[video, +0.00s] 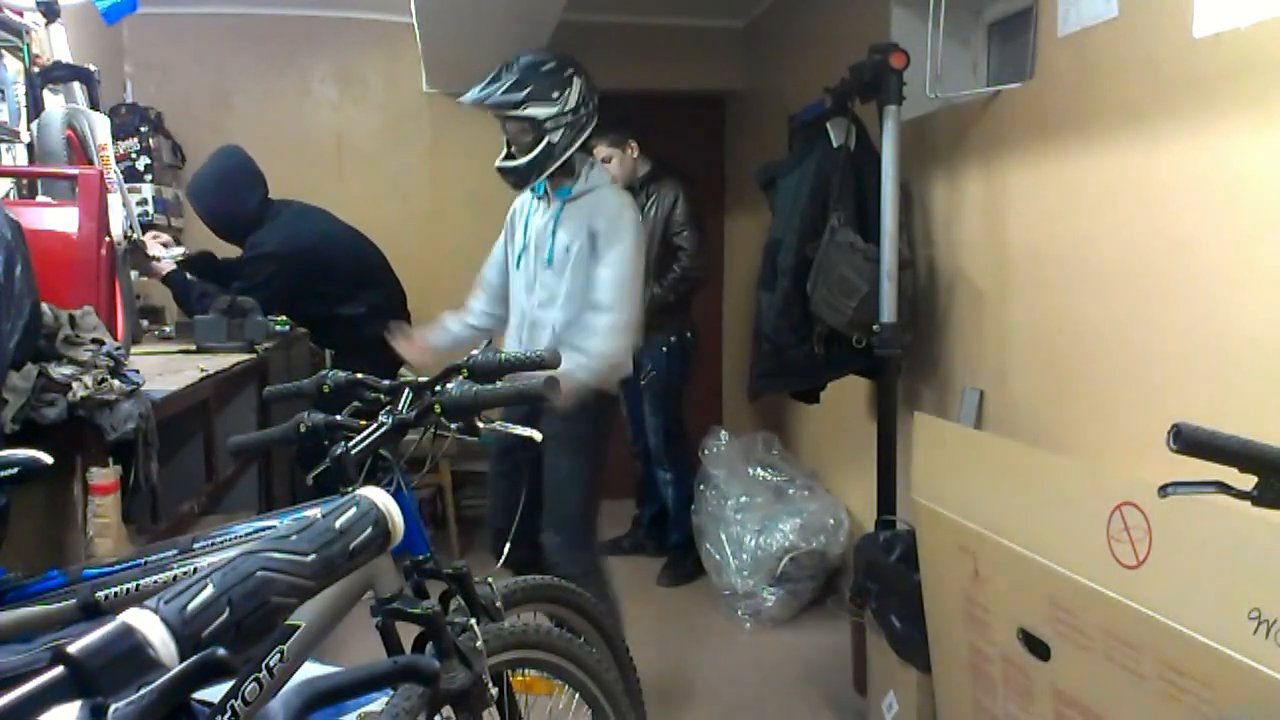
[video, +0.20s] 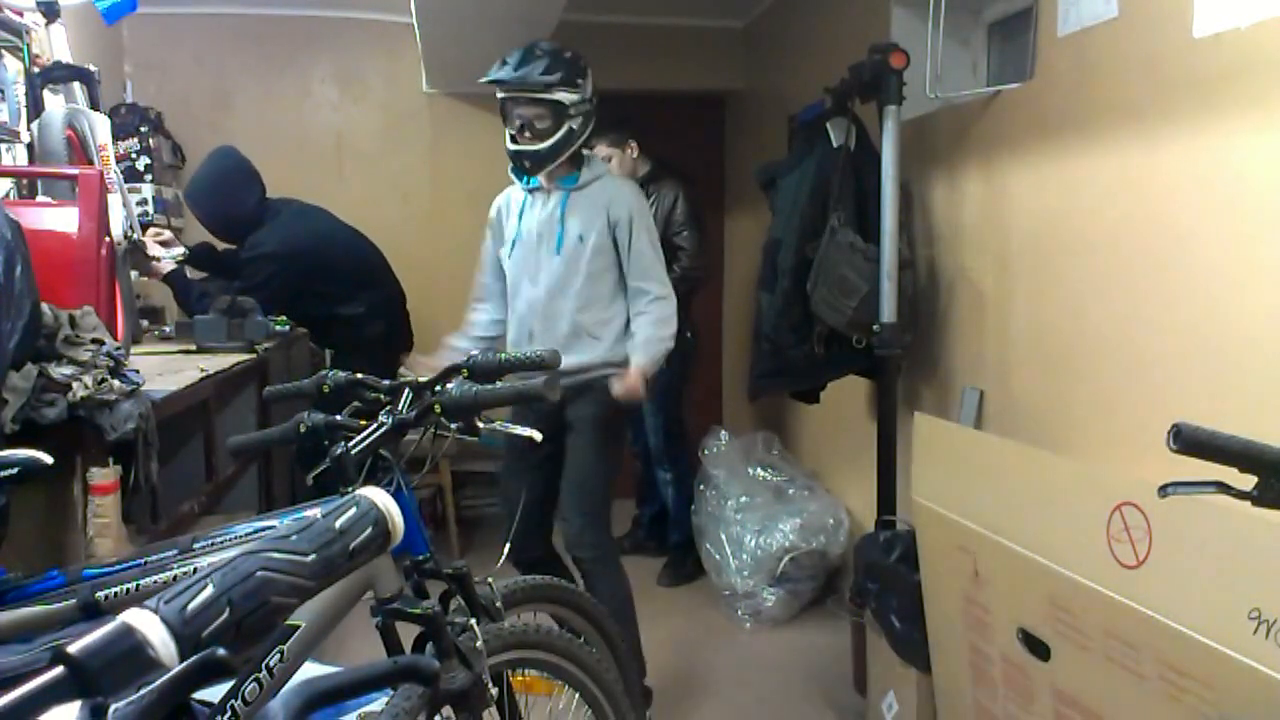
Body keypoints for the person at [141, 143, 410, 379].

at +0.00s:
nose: (211, 223)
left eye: (209, 214)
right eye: (207, 215)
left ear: (224, 211)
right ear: (250, 191)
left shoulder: (272, 249)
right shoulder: (288, 216)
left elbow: (230, 313)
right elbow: (245, 278)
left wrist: (168, 274)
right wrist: (186, 258)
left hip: (368, 352)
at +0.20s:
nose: (205, 224)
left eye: (205, 216)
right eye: (201, 216)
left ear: (222, 214)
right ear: (248, 193)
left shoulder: (269, 253)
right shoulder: (281, 212)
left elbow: (223, 314)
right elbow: (245, 265)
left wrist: (171, 273)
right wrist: (185, 253)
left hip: (369, 345)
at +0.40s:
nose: (204, 226)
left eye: (202, 217)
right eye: (199, 218)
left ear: (219, 215)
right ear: (244, 193)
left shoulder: (271, 250)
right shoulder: (279, 216)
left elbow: (227, 312)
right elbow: (241, 275)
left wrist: (169, 274)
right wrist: (186, 256)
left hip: (368, 351)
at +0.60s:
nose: (202, 229)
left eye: (201, 220)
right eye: (198, 221)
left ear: (215, 218)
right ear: (244, 194)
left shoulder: (267, 251)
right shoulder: (280, 216)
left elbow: (226, 311)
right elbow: (244, 280)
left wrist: (166, 275)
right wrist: (191, 262)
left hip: (369, 349)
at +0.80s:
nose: (203, 232)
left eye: (201, 223)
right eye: (198, 224)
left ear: (215, 217)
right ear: (239, 195)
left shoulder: (267, 251)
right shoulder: (280, 219)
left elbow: (220, 316)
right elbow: (246, 277)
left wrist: (167, 276)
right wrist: (190, 284)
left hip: (365, 350)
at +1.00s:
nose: (203, 231)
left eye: (200, 222)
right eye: (198, 223)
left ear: (214, 217)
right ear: (239, 194)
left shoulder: (265, 252)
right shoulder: (277, 222)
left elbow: (224, 318)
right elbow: (243, 281)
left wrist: (167, 274)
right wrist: (184, 286)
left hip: (369, 348)